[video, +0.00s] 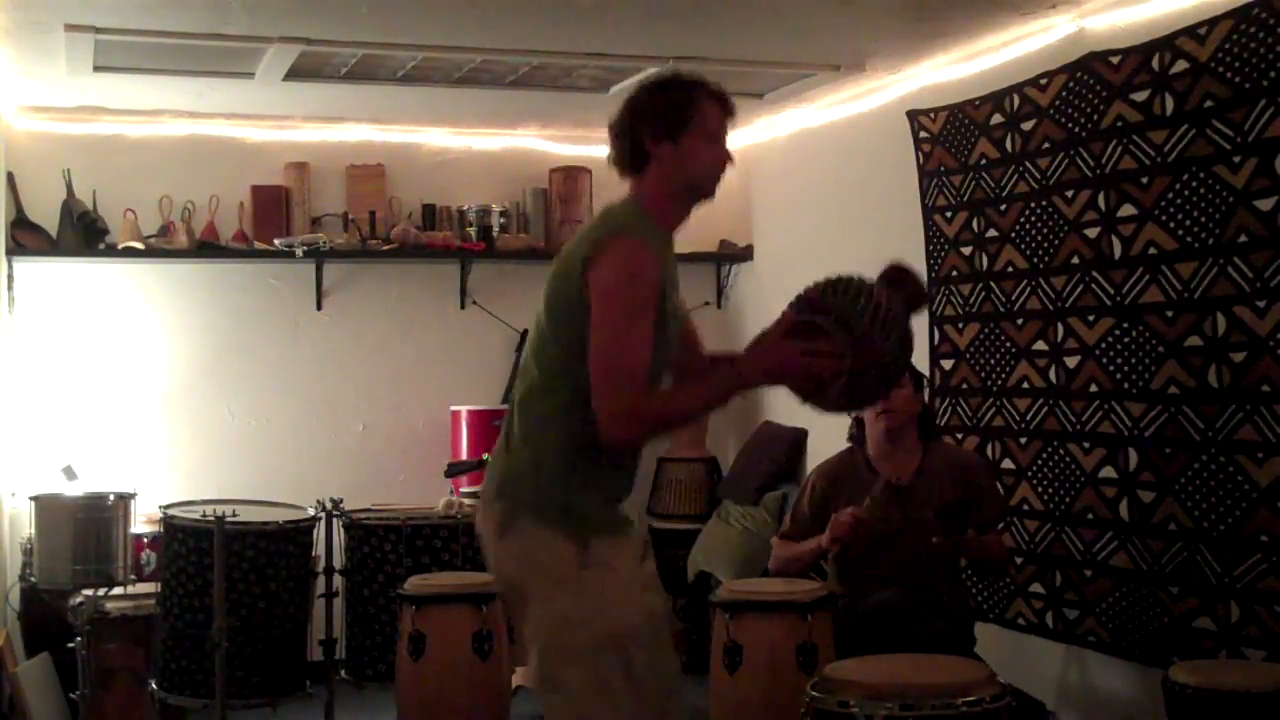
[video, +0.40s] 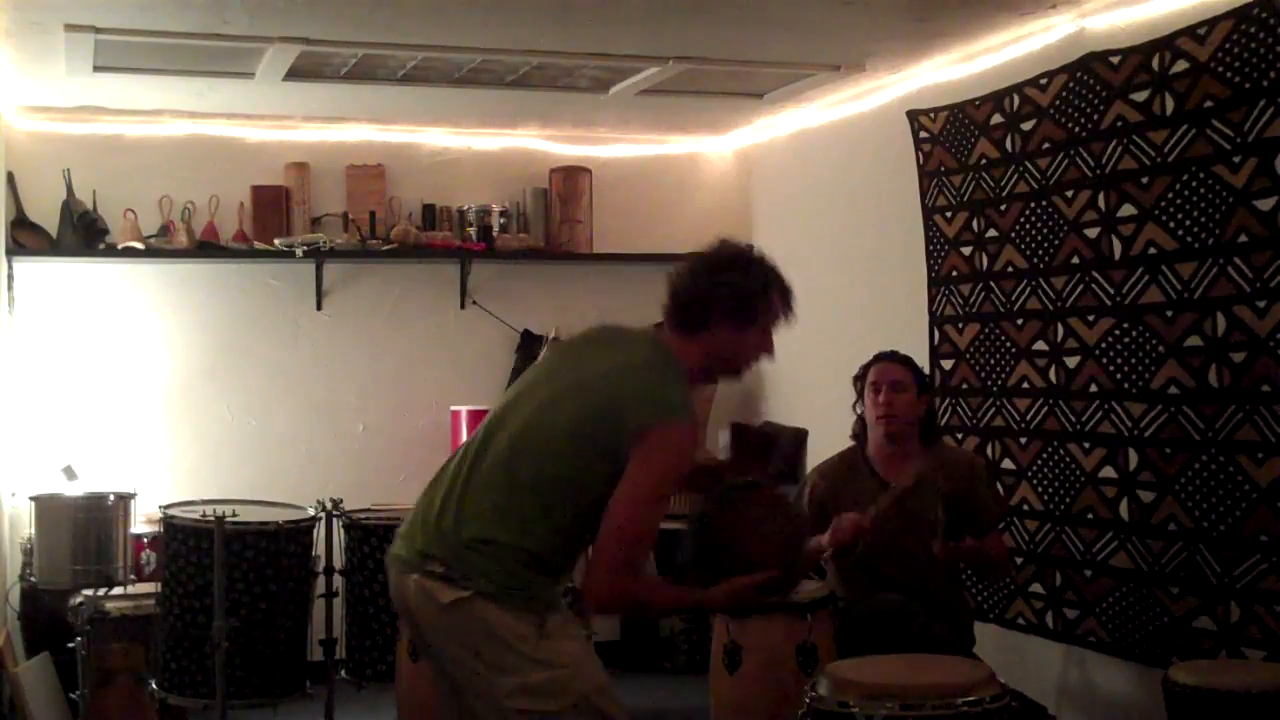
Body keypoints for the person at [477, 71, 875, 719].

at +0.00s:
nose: (728, 156)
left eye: (726, 139)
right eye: (715, 138)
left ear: (666, 147)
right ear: (662, 144)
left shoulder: (645, 246)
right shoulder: (627, 245)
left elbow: (690, 371)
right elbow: (622, 417)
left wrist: (769, 353)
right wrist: (752, 370)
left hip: (585, 512)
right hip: (554, 518)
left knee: (646, 693)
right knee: (611, 700)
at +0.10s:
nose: (736, 204)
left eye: (734, 187)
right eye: (725, 186)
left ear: (675, 197)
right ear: (672, 194)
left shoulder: (632, 276)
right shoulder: (634, 285)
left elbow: (657, 409)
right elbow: (631, 468)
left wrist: (761, 391)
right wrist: (750, 429)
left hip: (536, 538)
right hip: (531, 548)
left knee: (633, 702)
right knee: (623, 707)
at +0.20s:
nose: (748, 257)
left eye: (748, 241)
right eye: (739, 239)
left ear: (682, 237)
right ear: (686, 237)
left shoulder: (606, 302)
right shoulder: (649, 341)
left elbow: (635, 443)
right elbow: (629, 522)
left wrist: (748, 420)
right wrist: (726, 503)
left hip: (484, 547)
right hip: (519, 568)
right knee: (606, 705)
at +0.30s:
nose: (756, 304)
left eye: (757, 285)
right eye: (750, 284)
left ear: (685, 275)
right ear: (703, 278)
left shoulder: (597, 321)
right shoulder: (658, 375)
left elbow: (601, 454)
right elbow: (632, 561)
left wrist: (721, 455)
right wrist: (737, 576)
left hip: (454, 565)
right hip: (504, 588)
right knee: (597, 709)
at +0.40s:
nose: (768, 350)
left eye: (769, 333)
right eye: (765, 331)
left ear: (686, 305)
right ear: (727, 324)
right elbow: (606, 590)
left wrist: (714, 477)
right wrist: (712, 599)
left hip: (418, 563)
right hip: (485, 594)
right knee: (595, 709)